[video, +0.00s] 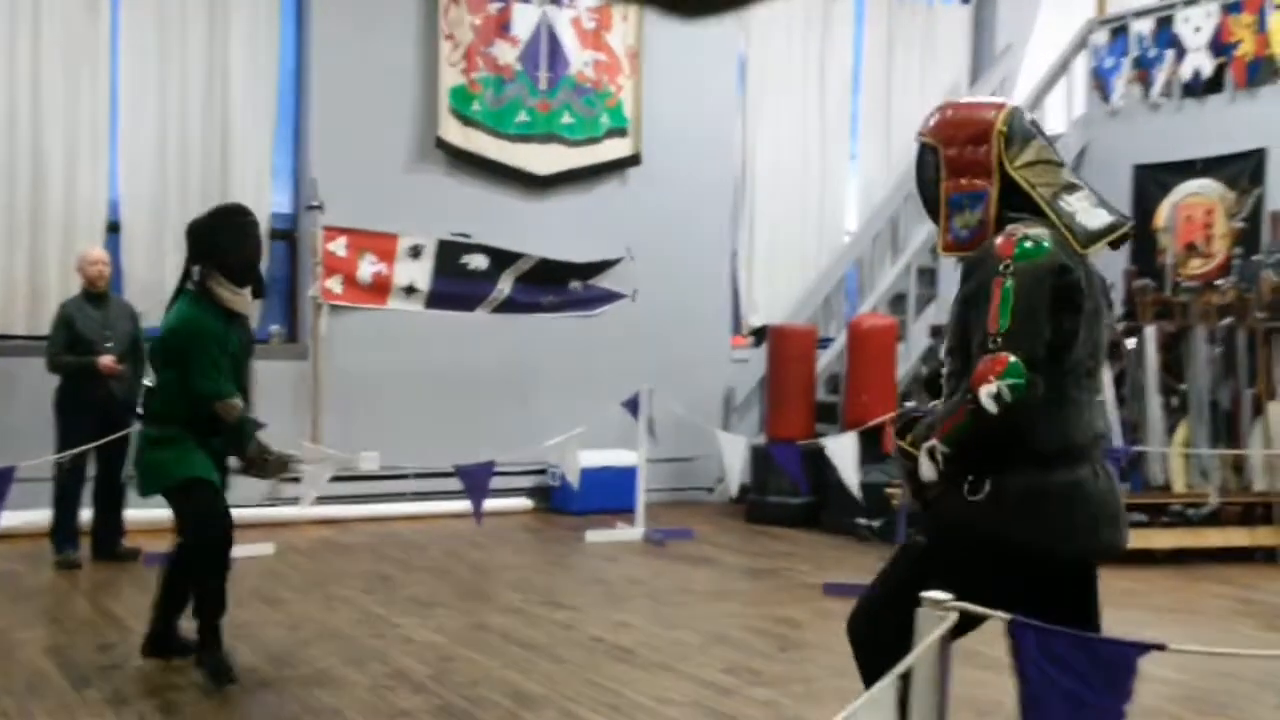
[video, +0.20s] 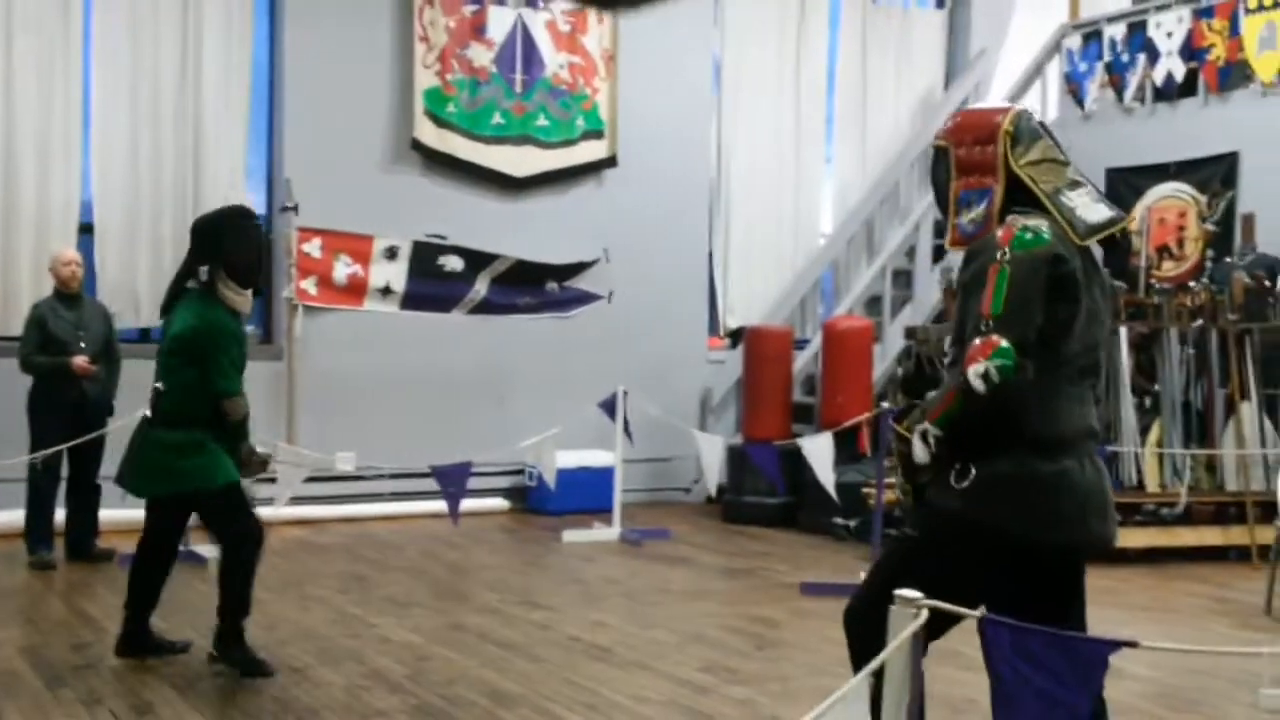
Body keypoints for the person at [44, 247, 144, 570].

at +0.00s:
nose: (100, 269)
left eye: (105, 264)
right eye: (94, 263)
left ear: (111, 269)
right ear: (81, 270)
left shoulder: (125, 311)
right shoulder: (69, 311)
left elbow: (137, 359)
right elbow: (54, 360)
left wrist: (130, 396)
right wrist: (93, 361)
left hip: (117, 404)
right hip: (77, 404)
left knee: (111, 477)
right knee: (70, 475)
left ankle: (108, 542)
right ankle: (66, 546)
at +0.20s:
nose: (73, 270)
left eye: (78, 264)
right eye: (67, 264)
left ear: (84, 271)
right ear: (53, 271)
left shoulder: (98, 311)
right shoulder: (42, 311)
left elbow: (112, 358)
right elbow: (27, 360)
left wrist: (106, 396)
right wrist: (67, 363)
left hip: (91, 406)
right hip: (50, 407)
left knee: (86, 479)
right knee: (44, 476)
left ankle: (82, 544)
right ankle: (40, 547)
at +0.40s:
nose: (46, 266)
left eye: (50, 260)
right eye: (39, 260)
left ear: (56, 266)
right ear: (25, 267)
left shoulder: (71, 308)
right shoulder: (13, 309)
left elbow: (85, 353)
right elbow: (4, 356)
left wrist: (79, 389)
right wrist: (40, 359)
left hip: (63, 403)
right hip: (22, 404)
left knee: (58, 476)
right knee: (16, 475)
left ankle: (55, 542)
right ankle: (12, 544)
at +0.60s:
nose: (31, 263)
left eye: (36, 258)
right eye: (24, 257)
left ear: (43, 264)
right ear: (11, 265)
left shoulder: (57, 306)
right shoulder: (4, 305)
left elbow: (72, 351)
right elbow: (1, 353)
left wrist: (66, 389)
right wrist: (25, 358)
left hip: (49, 404)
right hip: (10, 405)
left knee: (46, 478)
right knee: (7, 478)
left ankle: (42, 542)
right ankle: (4, 544)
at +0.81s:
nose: (31, 262)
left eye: (35, 256)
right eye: (24, 256)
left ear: (42, 263)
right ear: (11, 264)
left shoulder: (57, 304)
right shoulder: (4, 304)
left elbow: (72, 351)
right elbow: (1, 352)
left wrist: (66, 390)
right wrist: (24, 356)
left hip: (49, 403)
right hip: (9, 403)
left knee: (45, 477)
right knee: (6, 476)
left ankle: (41, 542)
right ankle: (4, 544)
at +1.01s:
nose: (33, 263)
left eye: (37, 257)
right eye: (25, 257)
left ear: (43, 264)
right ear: (11, 265)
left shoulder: (58, 306)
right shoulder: (4, 305)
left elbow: (73, 352)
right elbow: (1, 352)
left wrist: (67, 391)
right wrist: (25, 357)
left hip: (50, 404)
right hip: (10, 404)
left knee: (45, 478)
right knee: (6, 477)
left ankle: (42, 542)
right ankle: (4, 544)